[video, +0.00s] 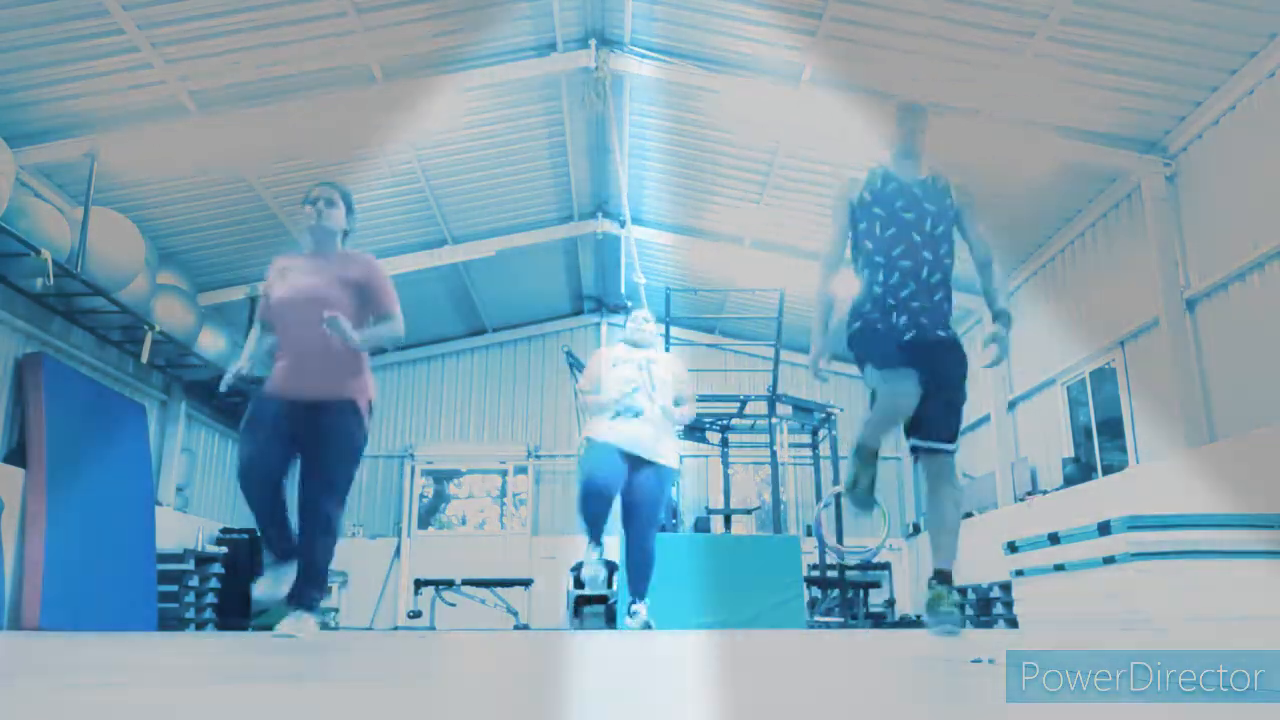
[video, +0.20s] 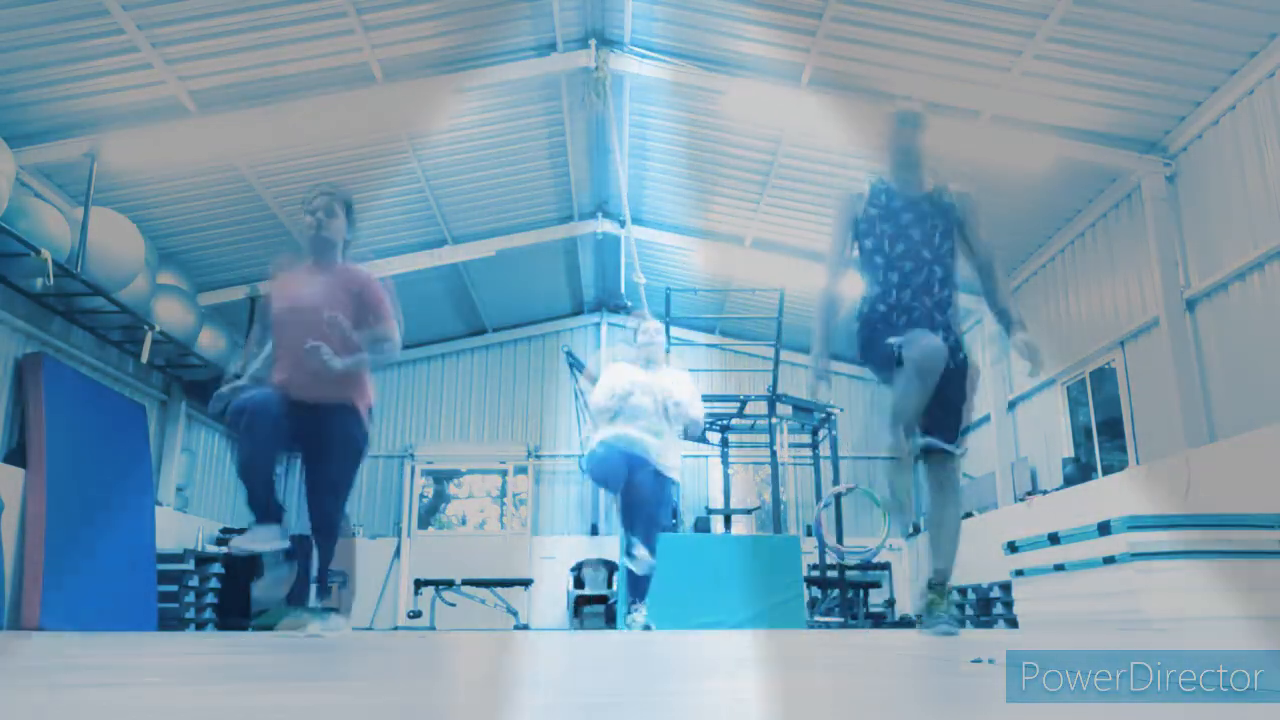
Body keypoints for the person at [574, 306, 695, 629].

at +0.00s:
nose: (642, 325)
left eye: (648, 321)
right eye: (636, 321)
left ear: (657, 331)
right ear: (624, 328)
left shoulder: (672, 363)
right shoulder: (604, 357)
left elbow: (689, 410)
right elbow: (582, 401)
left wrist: (671, 412)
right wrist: (614, 399)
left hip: (655, 447)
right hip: (608, 439)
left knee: (642, 527)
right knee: (599, 483)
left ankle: (637, 604)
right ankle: (594, 543)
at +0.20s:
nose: (650, 338)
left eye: (656, 333)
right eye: (645, 333)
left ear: (665, 340)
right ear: (635, 338)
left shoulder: (677, 378)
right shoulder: (618, 371)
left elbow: (695, 427)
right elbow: (597, 408)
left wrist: (677, 405)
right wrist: (623, 393)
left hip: (658, 455)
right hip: (614, 444)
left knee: (646, 533)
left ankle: (638, 604)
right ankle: (634, 536)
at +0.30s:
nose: (656, 329)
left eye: (661, 324)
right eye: (650, 324)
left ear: (669, 332)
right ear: (640, 333)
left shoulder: (687, 369)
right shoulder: (622, 362)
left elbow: (703, 415)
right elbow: (595, 401)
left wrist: (678, 411)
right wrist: (625, 397)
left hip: (664, 456)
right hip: (618, 445)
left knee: (644, 526)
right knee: (651, 485)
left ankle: (631, 605)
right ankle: (656, 568)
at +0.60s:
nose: (667, 337)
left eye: (672, 332)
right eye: (660, 333)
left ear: (679, 341)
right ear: (649, 341)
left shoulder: (695, 376)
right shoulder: (635, 375)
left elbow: (715, 422)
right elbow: (619, 419)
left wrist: (699, 414)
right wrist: (653, 409)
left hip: (689, 468)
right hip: (645, 466)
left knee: (688, 533)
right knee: (670, 526)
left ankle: (630, 593)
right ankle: (664, 610)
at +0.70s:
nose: (675, 323)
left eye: (680, 318)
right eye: (667, 319)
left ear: (687, 327)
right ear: (654, 327)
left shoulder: (702, 360)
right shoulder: (638, 359)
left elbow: (720, 409)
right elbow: (624, 403)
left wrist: (703, 398)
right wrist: (666, 400)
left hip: (696, 453)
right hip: (647, 454)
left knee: (713, 515)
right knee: (669, 518)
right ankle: (665, 605)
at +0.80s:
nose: (681, 328)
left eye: (686, 323)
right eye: (673, 324)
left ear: (693, 330)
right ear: (660, 331)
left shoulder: (706, 362)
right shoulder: (645, 361)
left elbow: (724, 414)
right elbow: (627, 407)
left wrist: (715, 405)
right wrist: (666, 405)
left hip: (700, 451)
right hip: (653, 457)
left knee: (737, 478)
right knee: (675, 528)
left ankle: (695, 534)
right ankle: (665, 611)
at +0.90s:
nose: (690, 339)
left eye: (694, 334)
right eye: (682, 333)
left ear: (699, 341)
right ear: (667, 341)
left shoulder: (708, 377)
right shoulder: (649, 373)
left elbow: (729, 426)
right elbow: (635, 417)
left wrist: (725, 411)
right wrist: (676, 418)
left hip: (702, 458)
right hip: (659, 467)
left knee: (744, 467)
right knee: (679, 530)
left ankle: (732, 542)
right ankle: (667, 613)